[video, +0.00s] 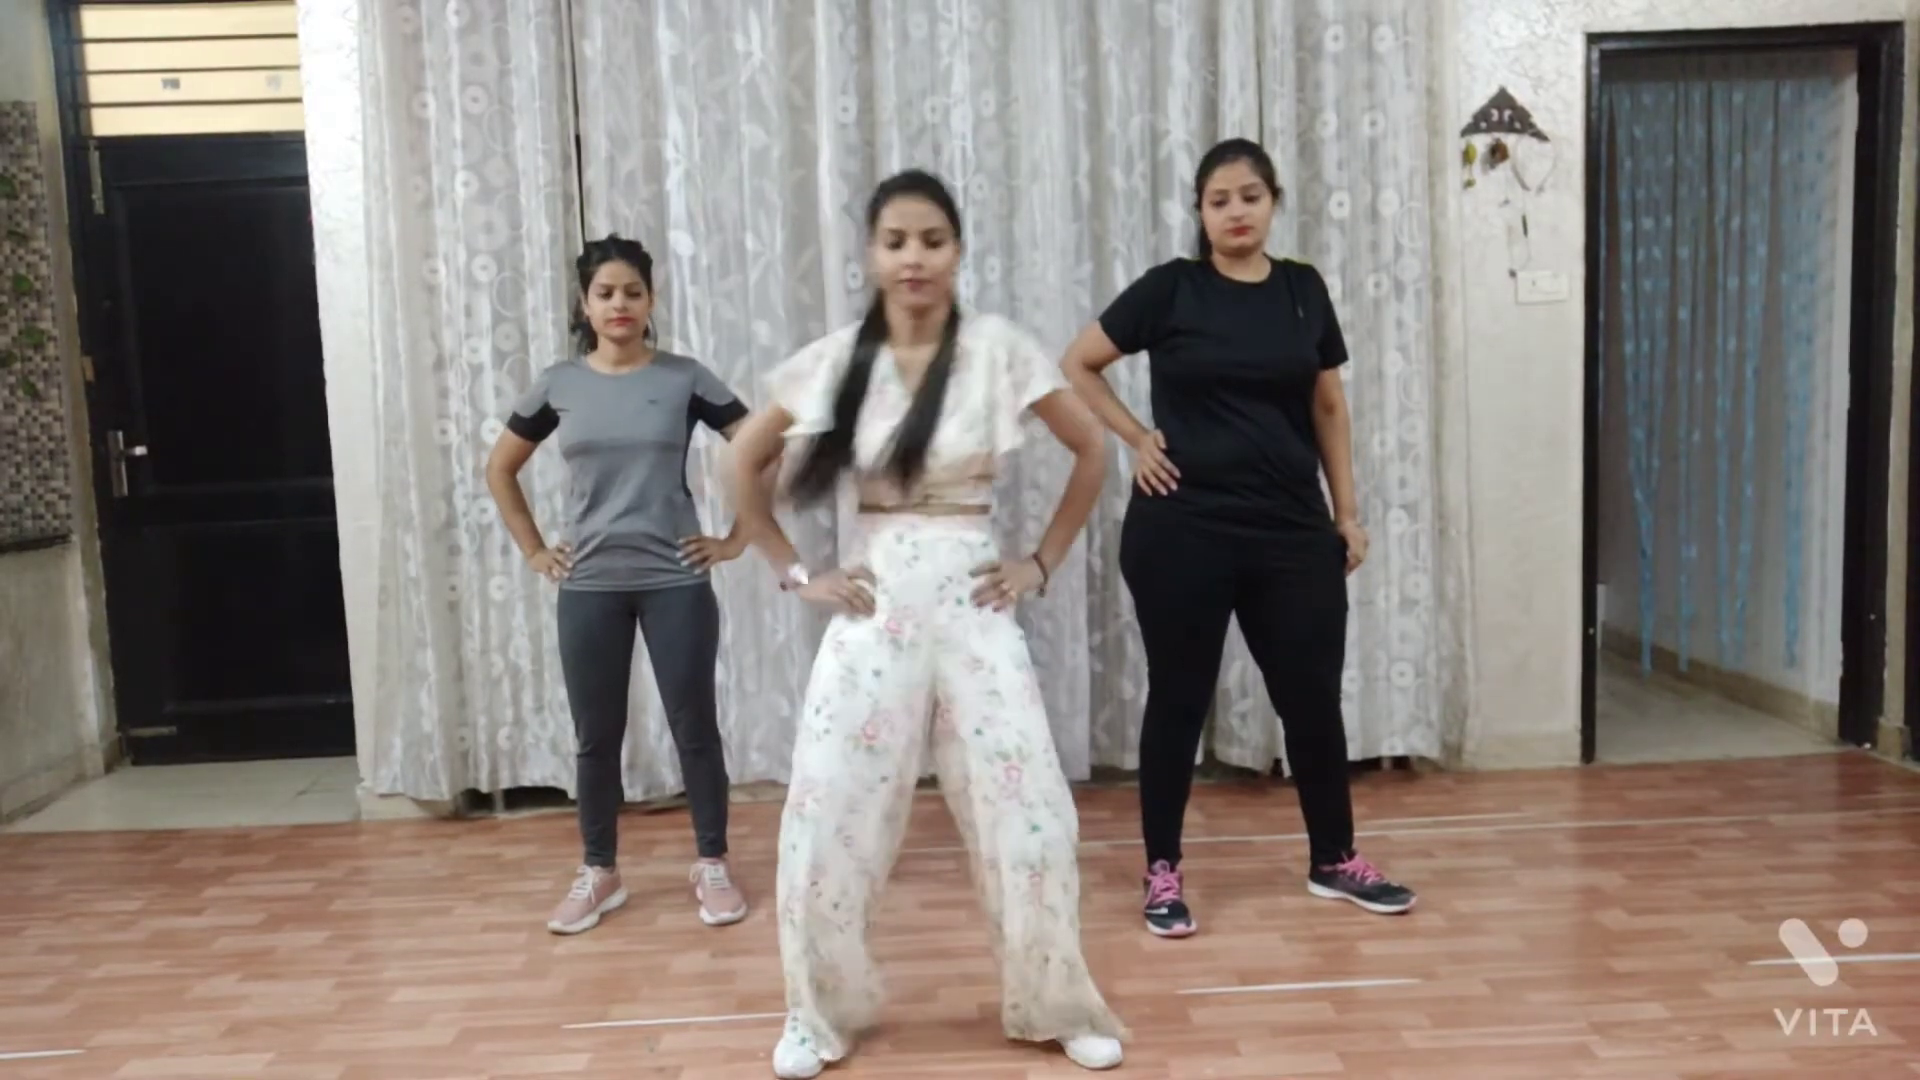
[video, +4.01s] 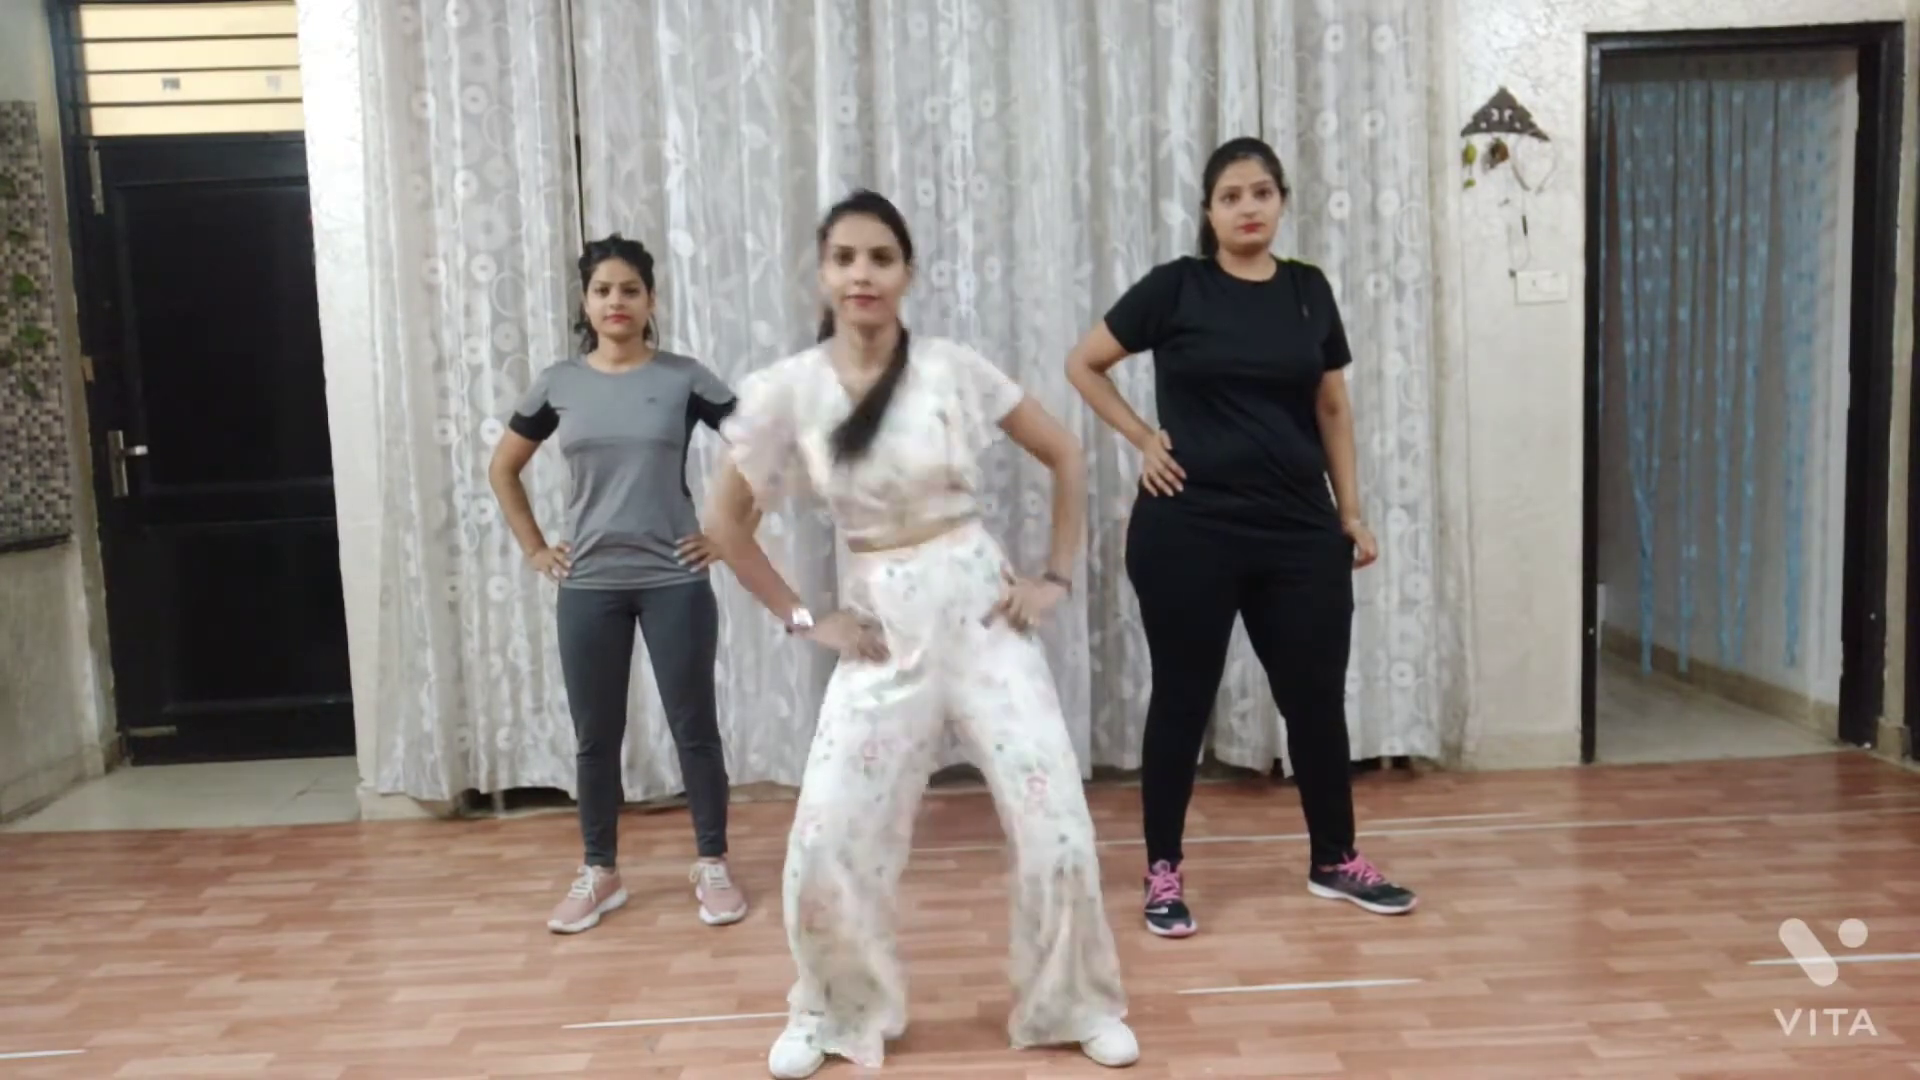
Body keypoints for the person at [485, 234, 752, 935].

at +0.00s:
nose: (621, 306)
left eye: (633, 294)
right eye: (607, 294)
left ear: (650, 302)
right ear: (585, 305)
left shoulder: (685, 379)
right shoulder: (559, 385)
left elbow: (765, 451)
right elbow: (499, 467)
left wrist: (737, 537)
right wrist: (536, 550)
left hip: (675, 575)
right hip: (590, 580)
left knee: (694, 726)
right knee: (595, 737)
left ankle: (713, 866)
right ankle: (599, 873)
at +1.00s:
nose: (621, 303)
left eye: (634, 291)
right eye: (608, 292)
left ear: (654, 301)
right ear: (588, 302)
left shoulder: (688, 380)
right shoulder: (562, 384)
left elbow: (767, 452)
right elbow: (503, 466)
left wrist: (738, 538)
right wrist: (537, 548)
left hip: (676, 575)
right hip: (591, 578)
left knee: (695, 729)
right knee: (597, 737)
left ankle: (712, 866)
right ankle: (599, 872)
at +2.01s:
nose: (615, 301)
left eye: (628, 289)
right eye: (602, 290)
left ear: (649, 300)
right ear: (584, 303)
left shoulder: (686, 379)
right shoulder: (559, 383)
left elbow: (763, 451)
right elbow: (503, 466)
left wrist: (728, 533)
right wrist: (537, 548)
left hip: (675, 575)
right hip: (589, 580)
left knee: (694, 725)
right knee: (595, 736)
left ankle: (712, 865)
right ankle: (599, 872)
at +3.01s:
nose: (617, 303)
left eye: (630, 290)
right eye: (603, 291)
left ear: (651, 300)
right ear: (585, 302)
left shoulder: (686, 379)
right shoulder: (559, 383)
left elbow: (767, 450)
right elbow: (503, 466)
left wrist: (738, 535)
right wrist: (537, 548)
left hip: (676, 574)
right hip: (591, 580)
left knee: (696, 726)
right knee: (597, 736)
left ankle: (712, 866)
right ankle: (599, 871)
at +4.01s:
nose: (617, 302)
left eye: (630, 291)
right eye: (604, 291)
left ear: (650, 301)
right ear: (586, 303)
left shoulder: (686, 379)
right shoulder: (558, 384)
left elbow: (764, 453)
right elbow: (503, 468)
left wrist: (728, 533)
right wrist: (536, 549)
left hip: (674, 575)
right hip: (589, 580)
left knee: (693, 726)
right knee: (595, 737)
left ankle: (713, 865)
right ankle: (599, 872)